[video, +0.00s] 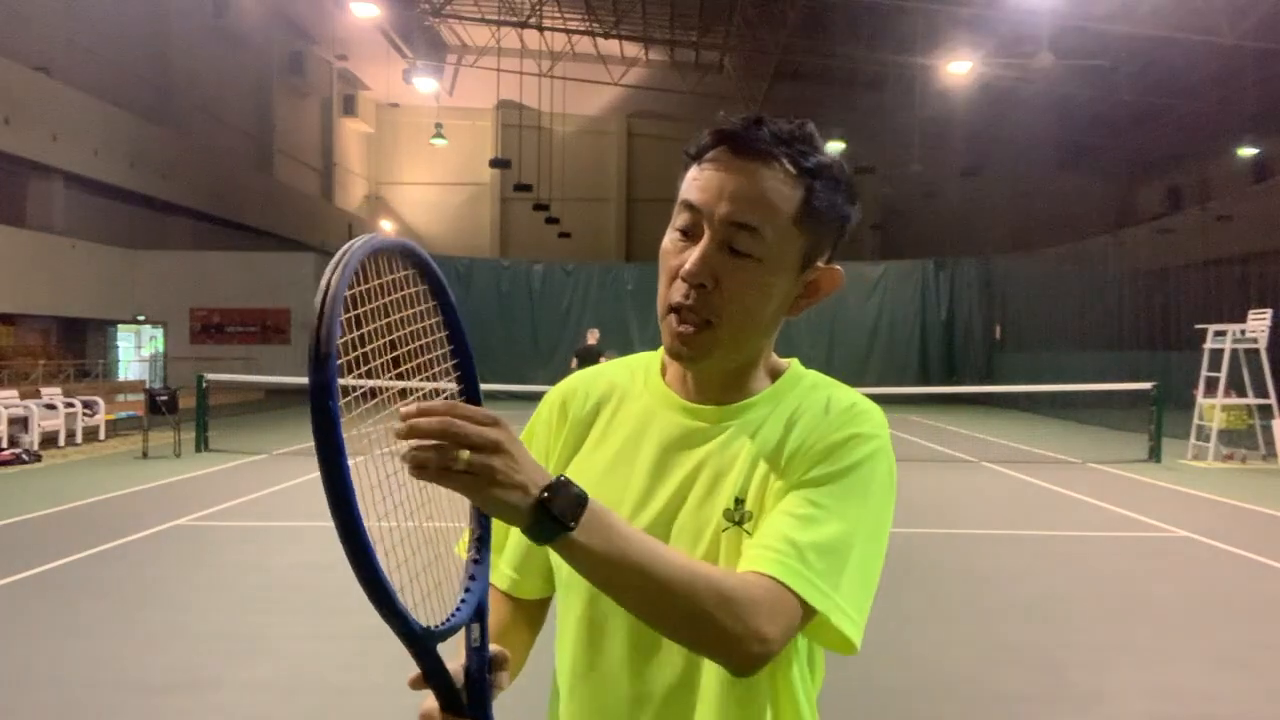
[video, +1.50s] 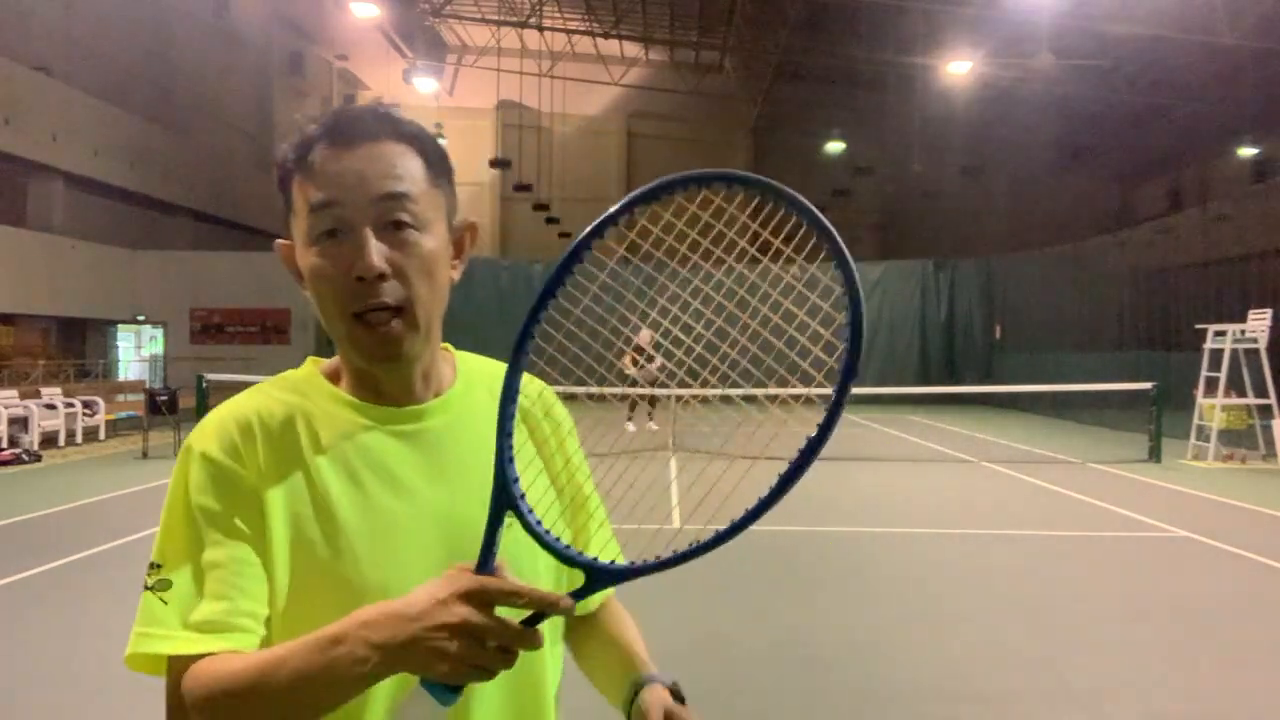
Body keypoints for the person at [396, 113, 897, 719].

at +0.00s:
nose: (692, 268)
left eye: (740, 247)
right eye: (686, 230)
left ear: (808, 290)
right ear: (665, 233)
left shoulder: (839, 432)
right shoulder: (576, 404)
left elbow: (751, 628)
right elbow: (511, 595)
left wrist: (544, 501)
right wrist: (476, 670)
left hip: (741, 715)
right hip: (584, 711)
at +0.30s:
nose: (653, 264)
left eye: (699, 240)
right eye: (644, 227)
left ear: (772, 280)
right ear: (625, 232)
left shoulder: (810, 428)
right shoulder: (550, 407)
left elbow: (735, 645)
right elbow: (498, 605)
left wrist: (534, 518)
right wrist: (445, 690)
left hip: (714, 713)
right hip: (558, 709)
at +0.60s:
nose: (613, 253)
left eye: (652, 227)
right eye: (593, 224)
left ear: (717, 256)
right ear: (565, 242)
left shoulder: (780, 421)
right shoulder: (521, 412)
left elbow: (778, 665)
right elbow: (460, 623)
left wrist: (621, 550)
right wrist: (405, 667)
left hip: (699, 712)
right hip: (542, 708)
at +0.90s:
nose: (593, 256)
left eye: (627, 225)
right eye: (566, 229)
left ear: (689, 253)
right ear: (538, 255)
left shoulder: (771, 421)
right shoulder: (493, 429)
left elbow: (821, 667)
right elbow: (437, 640)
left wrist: (694, 552)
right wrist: (423, 686)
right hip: (533, 707)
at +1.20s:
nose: (518, 264)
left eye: (549, 230)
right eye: (486, 236)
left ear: (606, 257)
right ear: (453, 264)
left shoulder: (688, 420)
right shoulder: (394, 442)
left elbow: (779, 668)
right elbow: (324, 671)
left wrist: (725, 549)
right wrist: (398, 678)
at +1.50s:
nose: (370, 263)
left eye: (398, 224)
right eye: (333, 233)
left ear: (458, 247)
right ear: (296, 266)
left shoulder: (527, 409)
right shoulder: (240, 443)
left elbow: (586, 595)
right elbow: (195, 695)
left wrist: (644, 689)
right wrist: (380, 638)